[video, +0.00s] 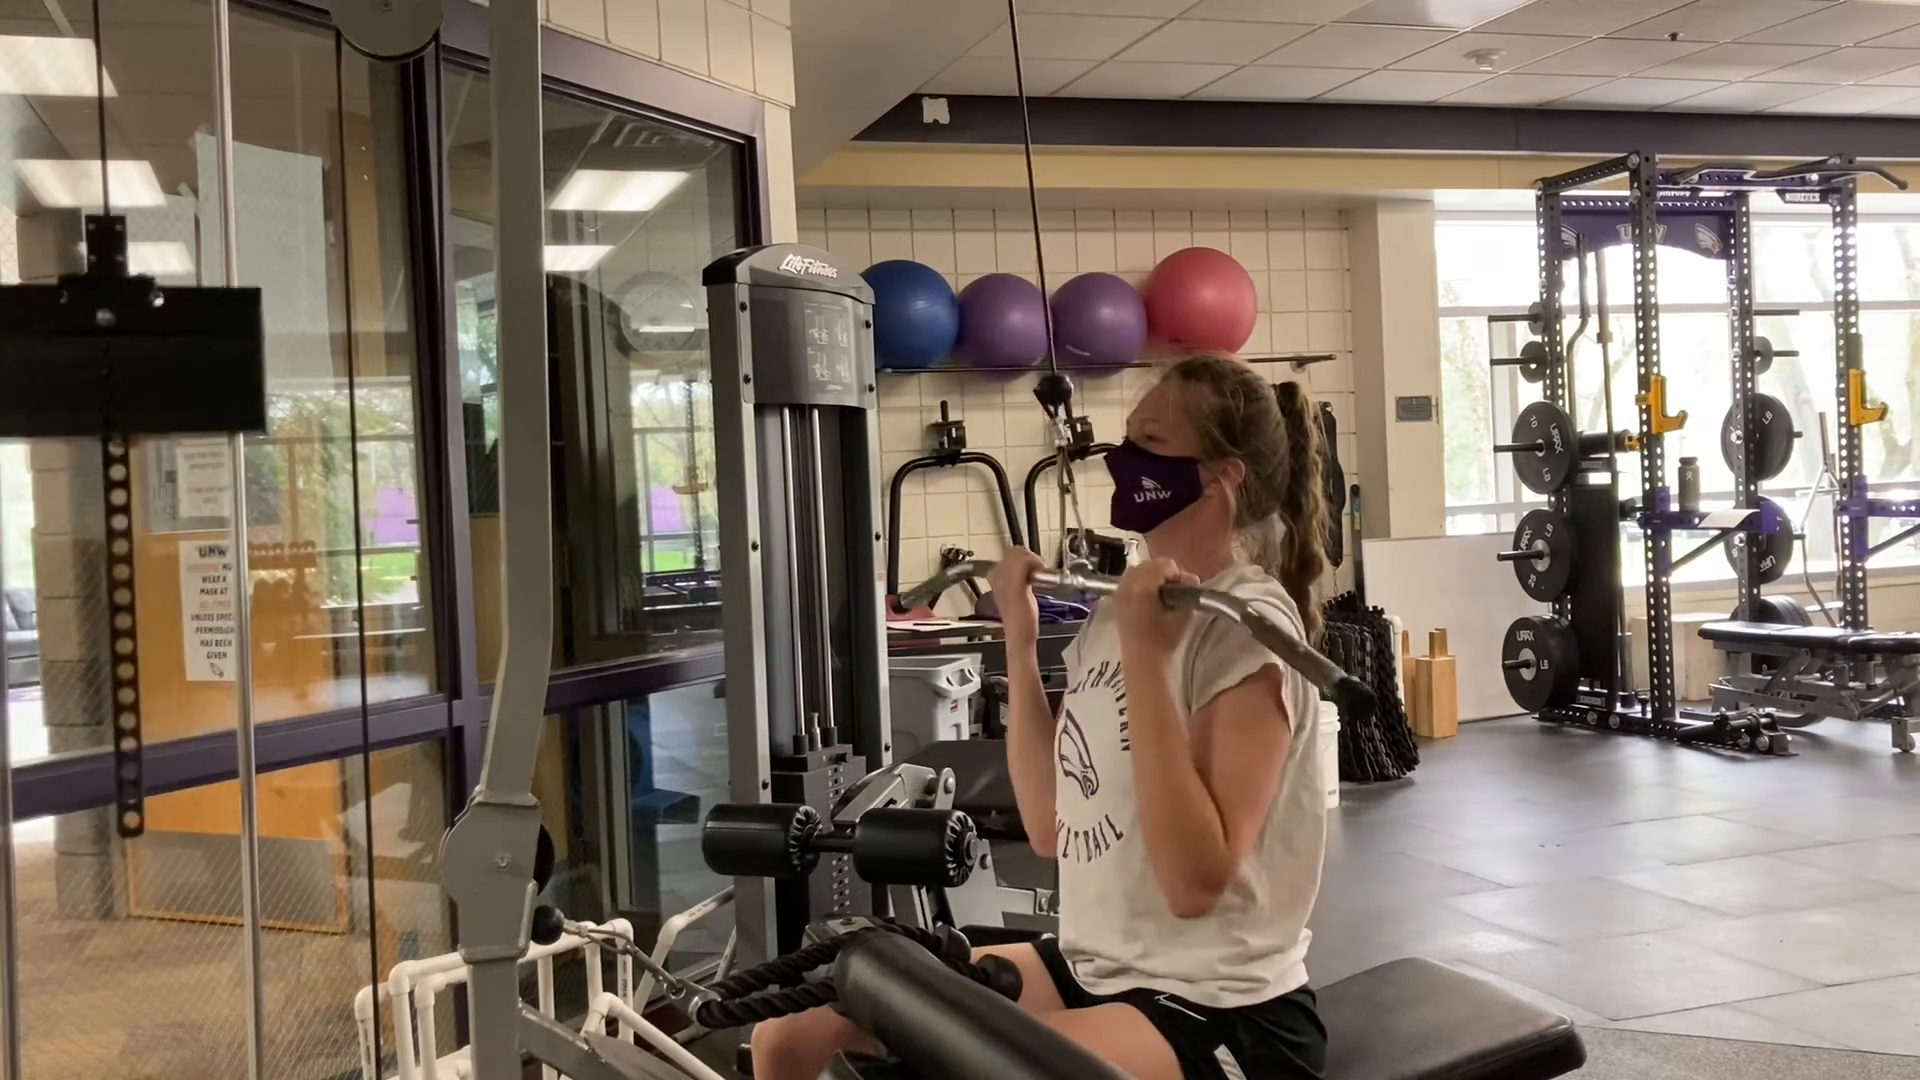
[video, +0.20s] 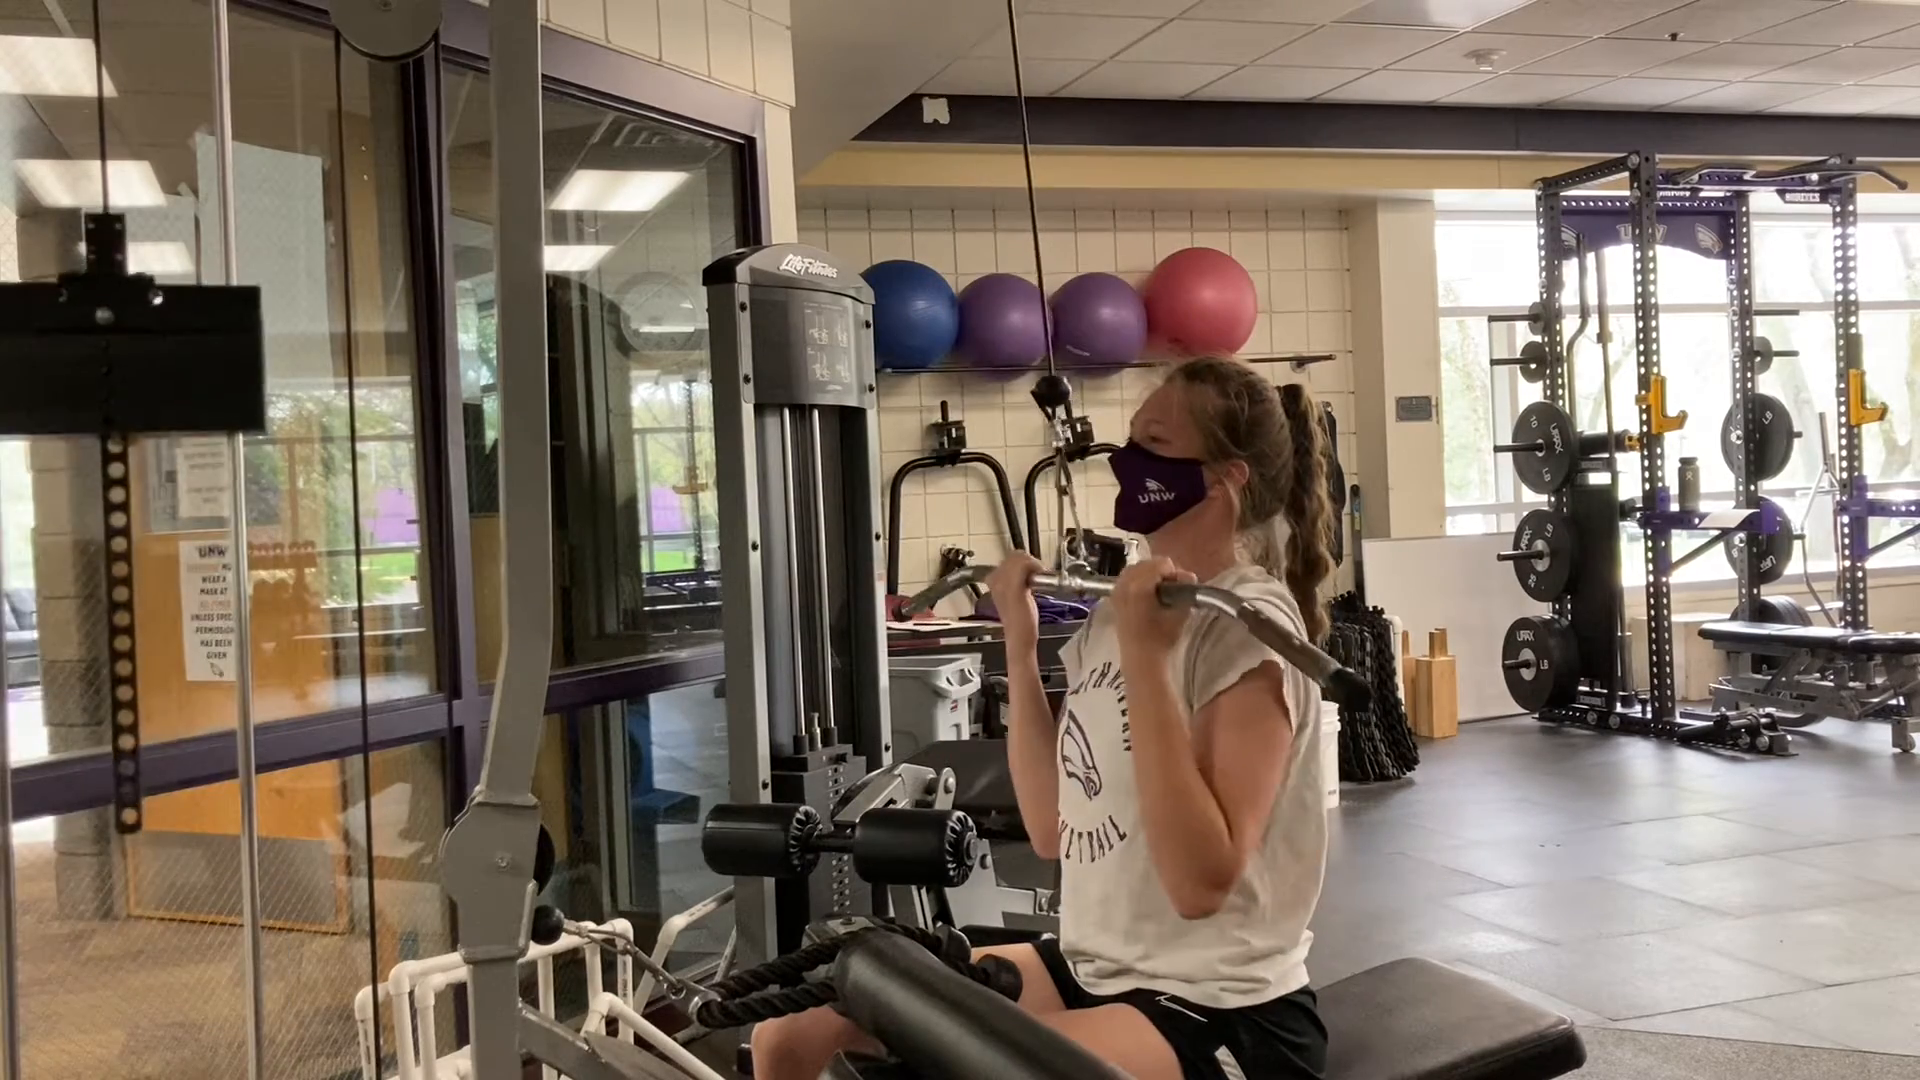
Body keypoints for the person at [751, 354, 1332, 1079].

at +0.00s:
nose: (1122, 463)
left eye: (1150, 445)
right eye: (1127, 444)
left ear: (1227, 478)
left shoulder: (1248, 620)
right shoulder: (1122, 610)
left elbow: (1196, 882)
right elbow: (1050, 827)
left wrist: (1143, 651)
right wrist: (1020, 638)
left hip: (1222, 1007)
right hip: (1097, 961)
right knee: (788, 1043)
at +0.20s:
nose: (1125, 466)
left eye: (1153, 449)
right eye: (1130, 446)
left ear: (1230, 479)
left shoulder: (1247, 621)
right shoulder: (1119, 614)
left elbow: (1201, 881)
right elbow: (1051, 829)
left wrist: (1142, 649)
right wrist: (1020, 644)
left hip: (1223, 1008)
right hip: (1095, 964)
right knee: (788, 1042)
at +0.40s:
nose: (1129, 477)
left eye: (1156, 457)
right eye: (1133, 455)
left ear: (1234, 482)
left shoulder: (1254, 622)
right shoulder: (1122, 612)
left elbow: (1162, 850)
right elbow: (1019, 804)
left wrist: (1123, 615)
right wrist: (1004, 618)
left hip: (1223, 1006)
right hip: (1095, 965)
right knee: (788, 1040)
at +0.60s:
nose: (1140, 459)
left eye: (1163, 442)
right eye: (1141, 438)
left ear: (1229, 476)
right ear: (1138, 462)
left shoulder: (1260, 609)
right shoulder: (1127, 590)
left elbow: (1113, 740)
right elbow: (959, 711)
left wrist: (1096, 512)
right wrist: (985, 521)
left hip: (1224, 1005)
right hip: (1095, 964)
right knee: (788, 1039)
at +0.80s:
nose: (1124, 469)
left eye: (1153, 454)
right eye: (1128, 448)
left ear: (1231, 481)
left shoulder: (1259, 604)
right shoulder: (1119, 596)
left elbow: (1098, 617)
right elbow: (945, 609)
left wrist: (1095, 384)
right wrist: (979, 420)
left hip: (1225, 1011)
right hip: (1091, 964)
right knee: (788, 1039)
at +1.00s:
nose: (1129, 474)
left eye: (1157, 460)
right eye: (1129, 450)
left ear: (1234, 484)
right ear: (1118, 442)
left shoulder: (1257, 600)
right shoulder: (1107, 576)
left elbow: (1093, 516)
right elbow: (951, 526)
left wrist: (1094, 275)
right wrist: (976, 330)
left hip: (1224, 1012)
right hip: (1091, 966)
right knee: (791, 1036)